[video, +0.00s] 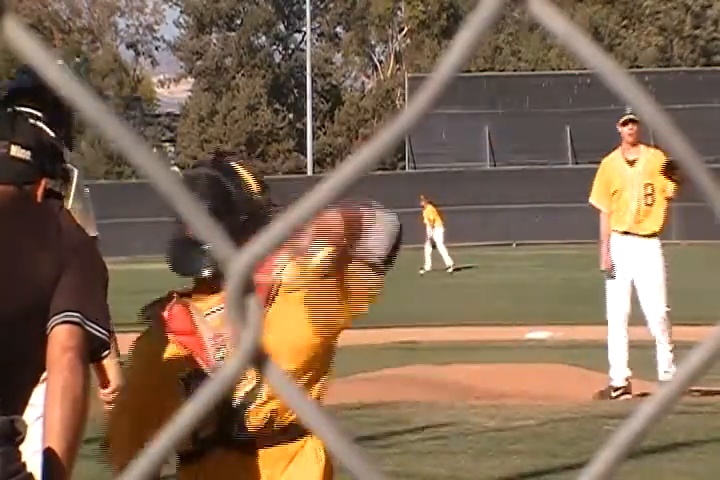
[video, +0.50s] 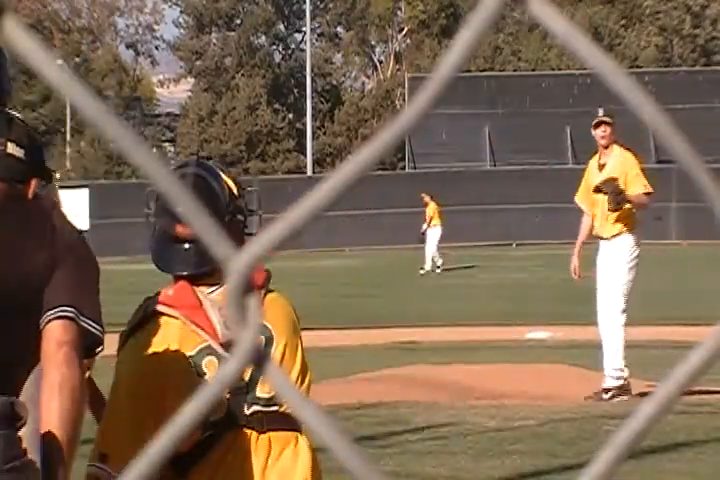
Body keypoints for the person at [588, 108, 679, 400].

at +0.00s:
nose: (630, 129)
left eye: (634, 124)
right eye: (625, 124)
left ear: (640, 128)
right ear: (619, 129)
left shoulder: (656, 157)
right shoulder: (609, 163)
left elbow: (671, 194)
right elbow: (604, 211)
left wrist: (675, 178)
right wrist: (604, 250)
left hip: (649, 242)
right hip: (619, 242)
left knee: (658, 311)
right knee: (617, 313)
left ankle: (666, 372)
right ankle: (619, 377)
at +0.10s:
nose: (622, 129)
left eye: (626, 124)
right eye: (618, 124)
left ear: (634, 128)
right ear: (611, 129)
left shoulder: (648, 156)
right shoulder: (603, 162)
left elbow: (663, 196)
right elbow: (599, 213)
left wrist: (660, 175)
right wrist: (596, 253)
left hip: (642, 240)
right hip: (613, 241)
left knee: (652, 308)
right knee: (613, 310)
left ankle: (663, 362)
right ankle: (618, 377)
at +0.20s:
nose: (615, 128)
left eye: (619, 123)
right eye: (610, 124)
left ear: (626, 127)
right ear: (604, 128)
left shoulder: (641, 154)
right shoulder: (599, 161)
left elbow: (661, 194)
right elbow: (594, 210)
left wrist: (649, 180)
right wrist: (587, 250)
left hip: (639, 237)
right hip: (611, 239)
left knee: (639, 303)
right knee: (611, 306)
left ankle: (650, 354)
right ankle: (618, 375)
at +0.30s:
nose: (610, 128)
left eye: (614, 123)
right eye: (605, 124)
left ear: (620, 127)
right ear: (599, 128)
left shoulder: (634, 154)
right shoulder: (595, 161)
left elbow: (653, 191)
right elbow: (590, 209)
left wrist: (636, 187)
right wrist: (581, 250)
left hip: (634, 235)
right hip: (610, 238)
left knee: (625, 304)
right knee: (609, 307)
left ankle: (635, 372)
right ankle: (616, 377)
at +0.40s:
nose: (606, 130)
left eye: (610, 125)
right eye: (601, 125)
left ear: (616, 128)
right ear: (595, 131)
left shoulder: (628, 156)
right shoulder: (593, 162)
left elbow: (650, 195)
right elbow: (588, 210)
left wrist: (631, 195)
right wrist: (577, 250)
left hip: (629, 236)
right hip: (608, 238)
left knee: (619, 304)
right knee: (606, 305)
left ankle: (622, 376)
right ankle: (615, 375)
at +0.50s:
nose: (603, 132)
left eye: (607, 127)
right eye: (598, 127)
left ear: (614, 131)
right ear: (593, 133)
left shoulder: (625, 158)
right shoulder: (593, 165)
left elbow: (646, 198)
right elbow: (588, 214)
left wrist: (623, 198)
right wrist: (576, 251)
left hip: (623, 240)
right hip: (604, 242)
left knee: (614, 308)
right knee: (603, 309)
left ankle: (617, 377)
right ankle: (612, 376)